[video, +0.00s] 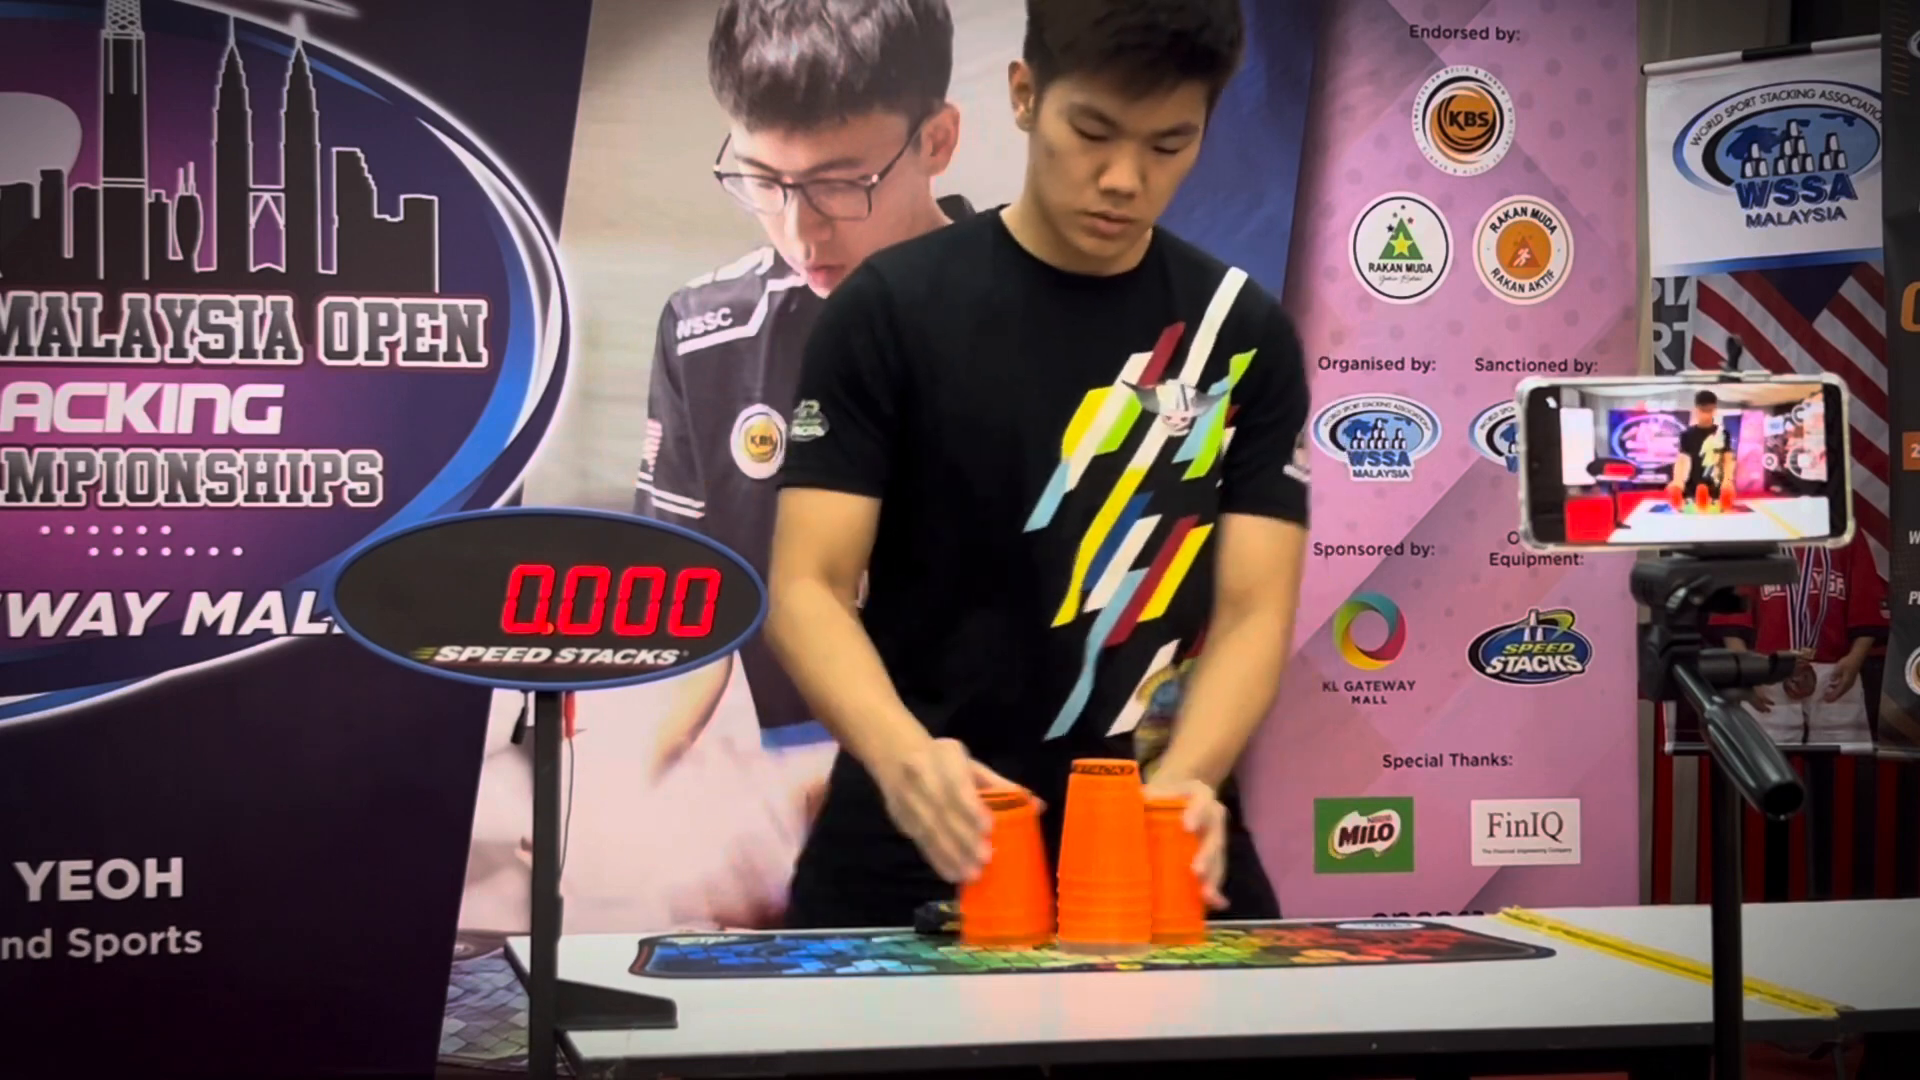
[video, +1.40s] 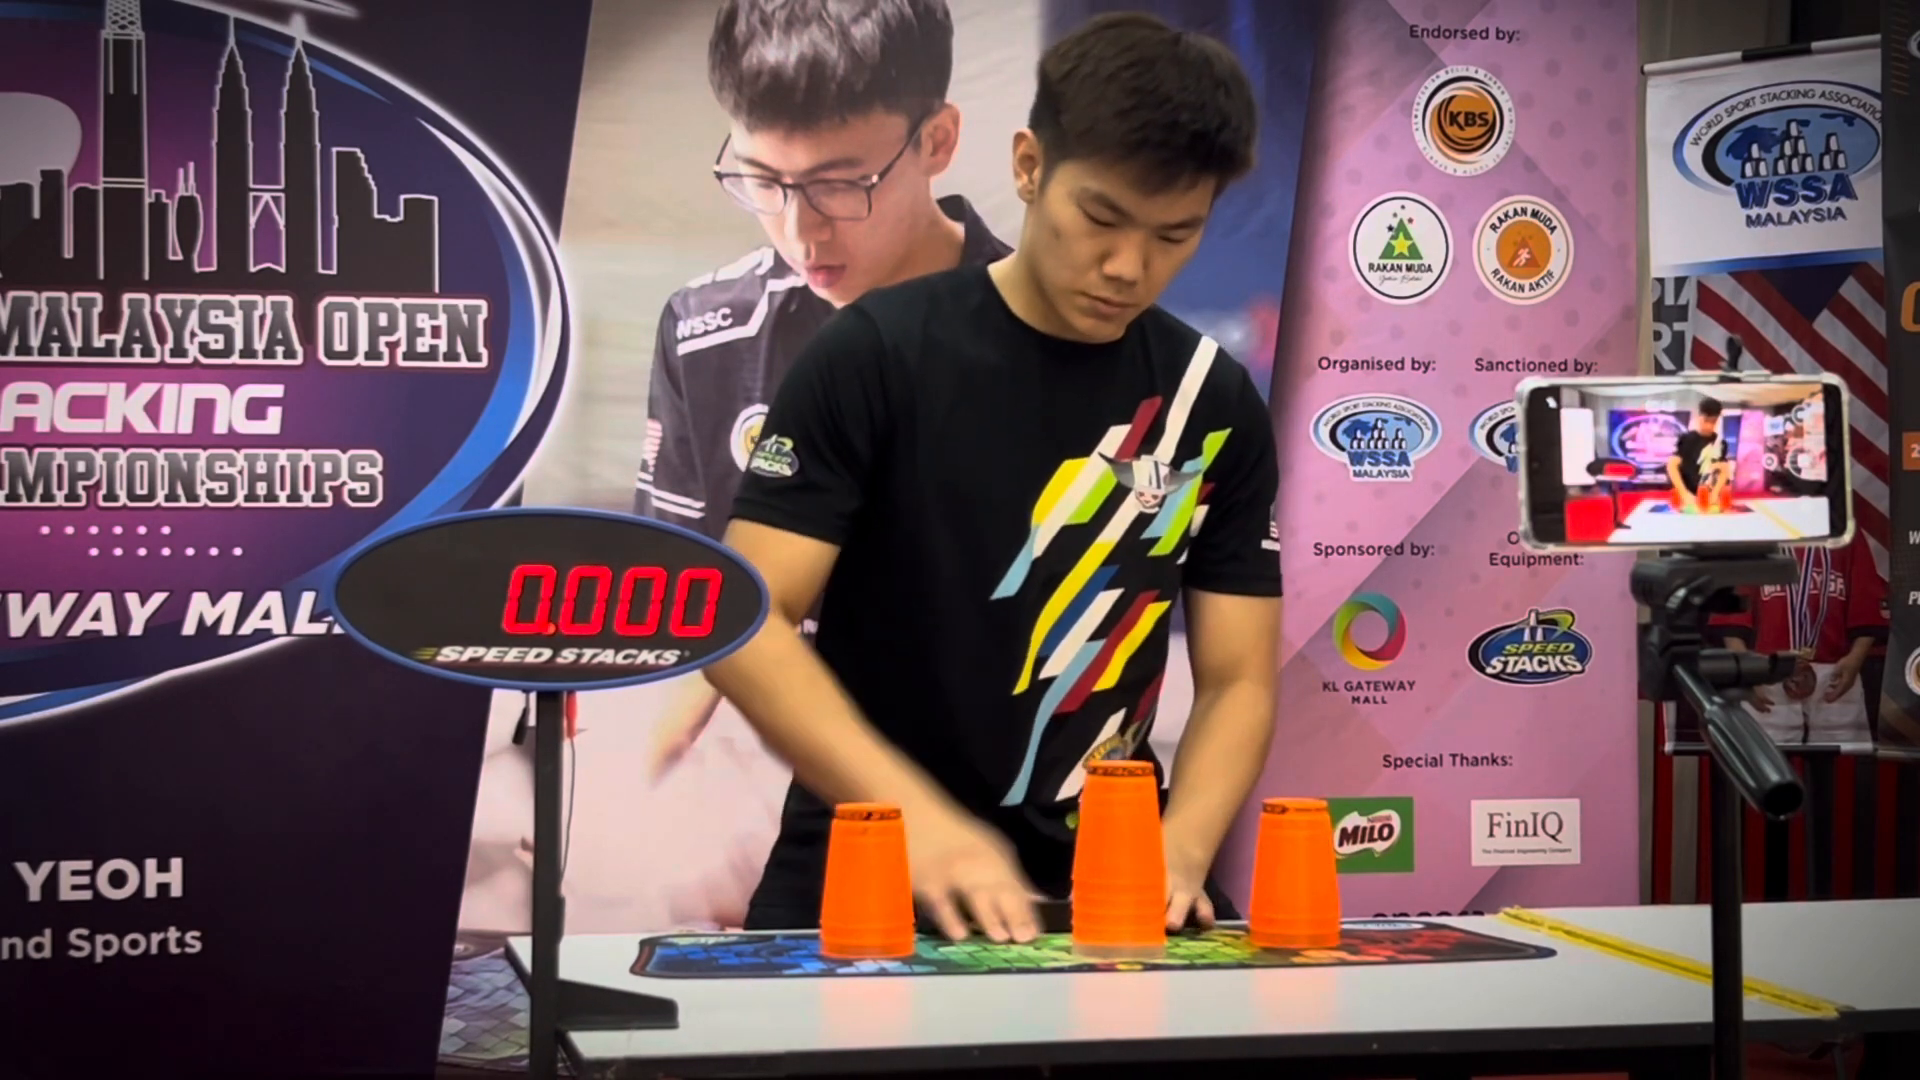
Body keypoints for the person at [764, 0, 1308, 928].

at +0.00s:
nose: (1124, 180)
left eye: (1166, 144)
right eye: (1091, 132)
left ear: (1203, 129)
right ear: (1023, 97)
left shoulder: (1245, 335)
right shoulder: (891, 306)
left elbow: (1255, 612)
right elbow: (806, 588)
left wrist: (1185, 776)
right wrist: (901, 756)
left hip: (1144, 860)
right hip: (907, 850)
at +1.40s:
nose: (1128, 268)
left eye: (1173, 235)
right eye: (1100, 216)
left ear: (1209, 213)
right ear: (1028, 169)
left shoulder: (1214, 406)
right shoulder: (874, 355)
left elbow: (1238, 681)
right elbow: (741, 618)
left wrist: (1177, 852)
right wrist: (922, 817)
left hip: (1092, 921)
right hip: (856, 906)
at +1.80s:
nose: (1181, 257)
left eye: (1218, 224)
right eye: (1153, 207)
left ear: (1245, 210)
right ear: (1066, 164)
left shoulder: (1230, 392)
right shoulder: (918, 358)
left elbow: (1259, 645)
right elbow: (881, 665)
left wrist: (1300, 744)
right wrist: (1128, 745)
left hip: (1142, 880)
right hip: (910, 887)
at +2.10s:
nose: (1139, 246)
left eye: (1184, 211)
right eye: (1111, 192)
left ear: (1217, 198)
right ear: (1037, 155)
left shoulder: (1229, 405)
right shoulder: (885, 353)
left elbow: (1227, 673)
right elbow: (812, 635)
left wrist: (1184, 763)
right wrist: (927, 745)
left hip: (1116, 892)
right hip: (874, 885)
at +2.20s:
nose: (1140, 235)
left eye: (1183, 201)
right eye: (1111, 182)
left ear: (1218, 187)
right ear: (1036, 143)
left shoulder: (1228, 394)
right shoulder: (880, 337)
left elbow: (1238, 666)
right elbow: (795, 614)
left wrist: (1202, 820)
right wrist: (922, 691)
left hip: (1099, 887)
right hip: (869, 876)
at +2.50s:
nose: (1089, 235)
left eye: (1136, 204)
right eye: (1062, 183)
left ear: (1182, 194)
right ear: (1002, 146)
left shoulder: (1216, 396)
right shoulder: (856, 351)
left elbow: (1218, 686)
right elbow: (765, 608)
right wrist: (811, 709)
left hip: (1094, 894)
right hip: (867, 877)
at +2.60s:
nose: (1050, 228)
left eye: (1099, 196)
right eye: (1025, 176)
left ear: (1150, 187)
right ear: (969, 140)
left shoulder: (1189, 394)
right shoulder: (826, 346)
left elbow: (1181, 697)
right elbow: (740, 593)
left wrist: (1007, 749)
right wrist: (746, 679)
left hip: (1073, 895)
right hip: (841, 882)